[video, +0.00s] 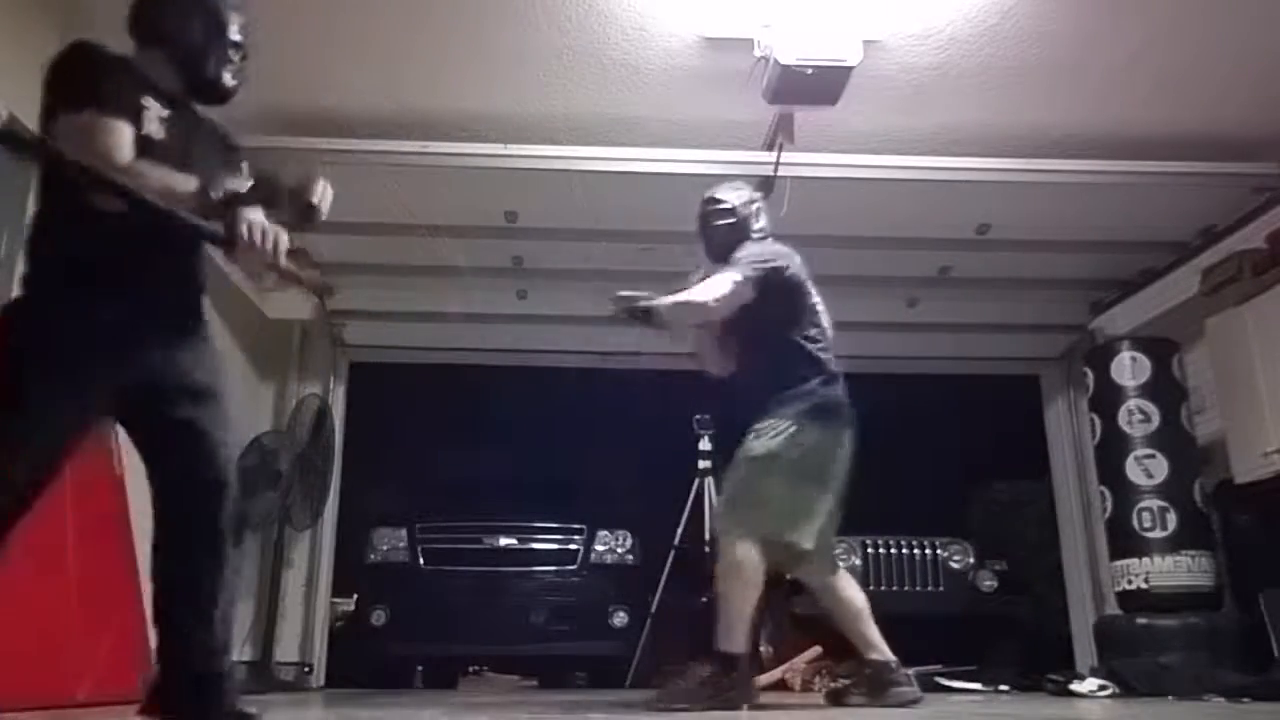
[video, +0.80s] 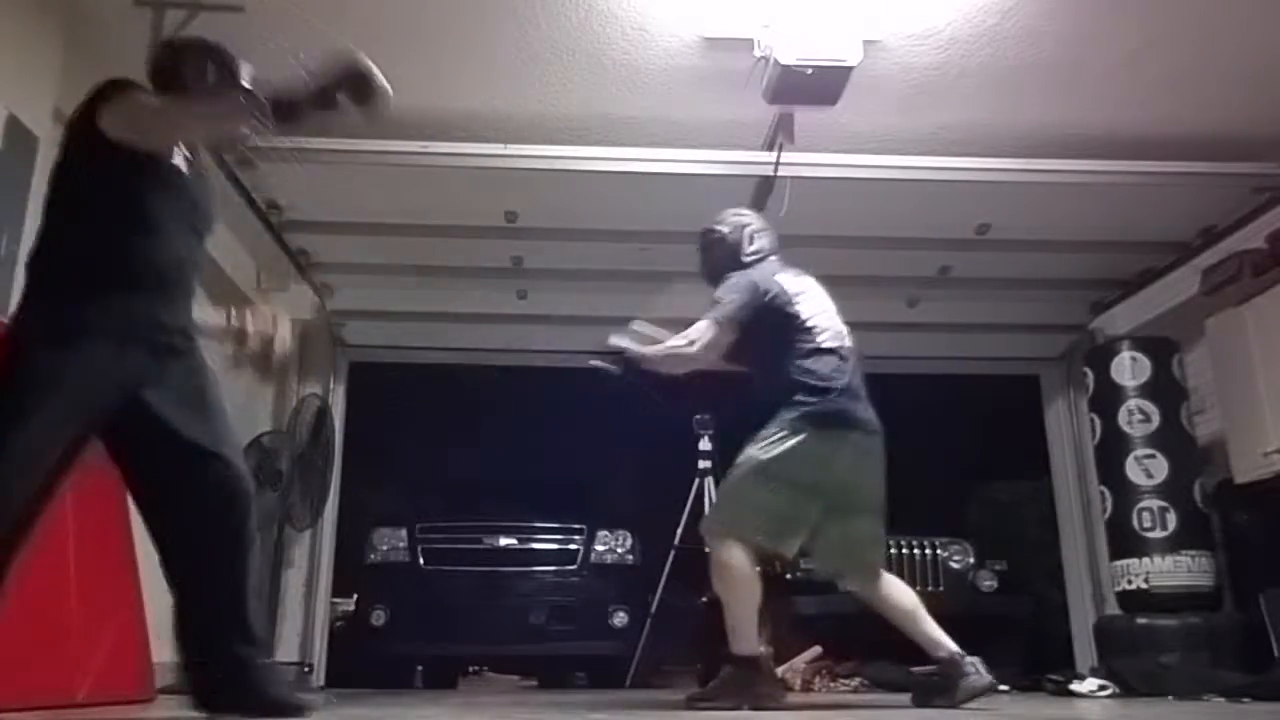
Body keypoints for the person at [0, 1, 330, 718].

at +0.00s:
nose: (238, 49)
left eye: (241, 37)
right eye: (224, 30)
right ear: (167, 22)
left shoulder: (212, 142)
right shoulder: (92, 66)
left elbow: (240, 217)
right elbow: (104, 162)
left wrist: (285, 210)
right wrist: (218, 203)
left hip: (173, 345)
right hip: (66, 336)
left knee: (206, 497)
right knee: (9, 493)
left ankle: (195, 692)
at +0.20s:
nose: (232, 86)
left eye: (234, 74)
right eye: (221, 69)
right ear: (169, 58)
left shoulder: (203, 157)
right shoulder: (77, 100)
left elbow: (248, 266)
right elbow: (39, 197)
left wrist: (285, 246)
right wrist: (144, 217)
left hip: (160, 355)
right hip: (49, 350)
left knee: (224, 480)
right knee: (1, 490)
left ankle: (226, 659)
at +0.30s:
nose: (260, 117)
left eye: (265, 106)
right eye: (251, 97)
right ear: (209, 81)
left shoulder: (230, 185)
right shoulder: (110, 111)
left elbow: (283, 285)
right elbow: (12, 142)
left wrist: (336, 266)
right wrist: (72, 169)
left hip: (170, 367)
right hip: (60, 348)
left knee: (229, 493)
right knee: (9, 492)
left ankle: (247, 660)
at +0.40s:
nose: (294, 150)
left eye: (296, 138)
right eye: (286, 130)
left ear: (253, 137)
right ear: (249, 119)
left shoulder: (259, 215)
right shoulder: (150, 126)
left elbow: (335, 296)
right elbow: (23, 115)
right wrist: (134, 96)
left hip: (177, 378)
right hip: (74, 356)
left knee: (242, 502)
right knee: (6, 478)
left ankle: (259, 672)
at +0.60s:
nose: (295, 176)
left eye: (297, 164)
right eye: (289, 158)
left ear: (254, 157)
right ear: (256, 145)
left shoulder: (259, 246)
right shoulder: (160, 148)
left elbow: (272, 352)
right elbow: (49, 79)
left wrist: (349, 389)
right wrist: (154, 42)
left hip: (189, 400)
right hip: (91, 383)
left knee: (265, 515)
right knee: (21, 528)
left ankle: (265, 686)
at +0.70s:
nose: (270, 122)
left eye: (274, 110)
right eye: (258, 100)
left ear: (260, 123)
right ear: (213, 89)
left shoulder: (221, 206)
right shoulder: (141, 129)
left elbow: (201, 325)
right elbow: (108, 82)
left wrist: (267, 380)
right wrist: (214, 47)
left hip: (178, 382)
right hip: (80, 364)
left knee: (240, 532)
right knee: (12, 532)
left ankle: (263, 685)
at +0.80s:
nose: (233, 109)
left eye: (238, 99)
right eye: (224, 94)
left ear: (228, 100)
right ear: (188, 81)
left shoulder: (192, 178)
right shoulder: (112, 105)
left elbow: (171, 284)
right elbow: (169, 125)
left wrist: (243, 315)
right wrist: (302, 101)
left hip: (163, 356)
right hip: (72, 343)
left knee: (216, 497)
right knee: (9, 497)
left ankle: (230, 676)